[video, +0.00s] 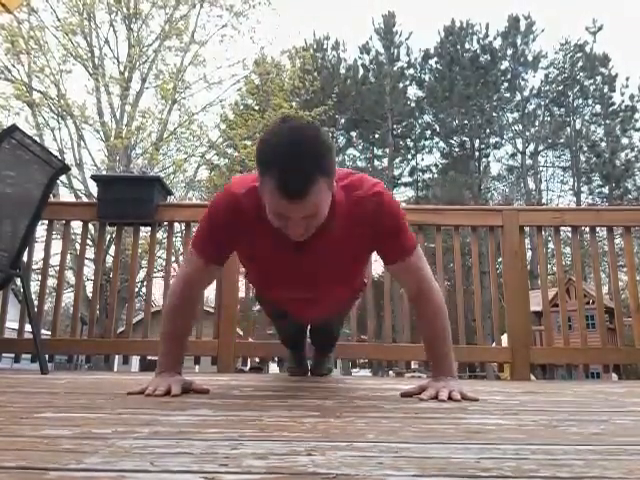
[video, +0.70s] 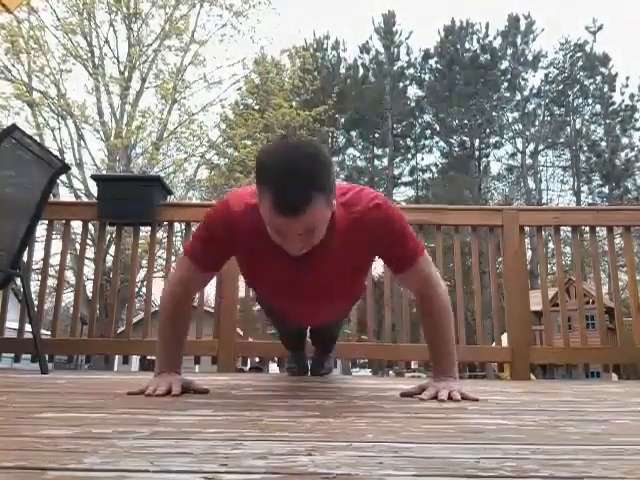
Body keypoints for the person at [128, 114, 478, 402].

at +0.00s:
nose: (296, 229)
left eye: (309, 216)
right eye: (281, 216)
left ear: (332, 185)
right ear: (262, 190)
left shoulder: (372, 204)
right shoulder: (233, 207)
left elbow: (424, 289)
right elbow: (189, 282)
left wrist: (443, 375)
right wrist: (169, 370)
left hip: (337, 301)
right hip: (277, 301)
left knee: (326, 337)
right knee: (291, 336)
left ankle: (321, 358)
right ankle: (296, 358)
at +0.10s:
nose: (296, 256)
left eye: (310, 241)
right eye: (280, 242)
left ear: (332, 206)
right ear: (258, 212)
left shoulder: (371, 219)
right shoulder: (233, 222)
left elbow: (433, 288)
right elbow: (176, 286)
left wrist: (445, 375)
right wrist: (167, 370)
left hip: (335, 313)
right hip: (278, 314)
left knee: (325, 340)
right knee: (290, 341)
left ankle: (321, 358)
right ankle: (294, 359)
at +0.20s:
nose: (296, 338)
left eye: (308, 326)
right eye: (280, 329)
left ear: (331, 286)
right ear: (255, 290)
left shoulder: (368, 268)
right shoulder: (229, 269)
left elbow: (447, 292)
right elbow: (160, 292)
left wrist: (446, 375)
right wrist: (165, 370)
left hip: (336, 349)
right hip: (269, 349)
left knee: (322, 361)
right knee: (283, 359)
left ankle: (318, 365)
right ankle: (295, 362)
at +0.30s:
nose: (295, 382)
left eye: (309, 372)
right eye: (277, 375)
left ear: (332, 324)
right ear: (250, 325)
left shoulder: (368, 291)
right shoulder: (230, 289)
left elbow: (448, 291)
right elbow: (160, 288)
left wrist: (446, 374)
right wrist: (164, 369)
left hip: (337, 362)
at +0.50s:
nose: (295, 336)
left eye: (308, 324)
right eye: (280, 328)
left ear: (332, 283)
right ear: (255, 289)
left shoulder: (373, 270)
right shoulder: (226, 268)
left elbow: (450, 291)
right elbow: (160, 289)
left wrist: (447, 376)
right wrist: (164, 370)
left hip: (338, 341)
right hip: (271, 344)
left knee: (325, 361)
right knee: (286, 362)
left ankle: (325, 362)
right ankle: (293, 360)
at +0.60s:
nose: (296, 294)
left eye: (309, 284)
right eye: (282, 286)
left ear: (332, 251)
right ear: (259, 255)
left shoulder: (375, 249)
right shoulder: (230, 250)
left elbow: (445, 291)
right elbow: (164, 289)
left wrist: (447, 375)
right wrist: (165, 370)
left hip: (338, 316)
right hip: (277, 320)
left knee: (326, 341)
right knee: (292, 343)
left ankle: (322, 353)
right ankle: (296, 354)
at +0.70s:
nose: (294, 243)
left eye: (307, 231)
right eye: (280, 231)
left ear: (331, 200)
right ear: (261, 206)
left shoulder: (374, 216)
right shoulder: (233, 218)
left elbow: (428, 287)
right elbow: (179, 287)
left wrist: (445, 376)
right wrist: (167, 372)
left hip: (335, 304)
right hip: (278, 305)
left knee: (325, 337)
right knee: (292, 338)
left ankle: (322, 359)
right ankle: (294, 358)